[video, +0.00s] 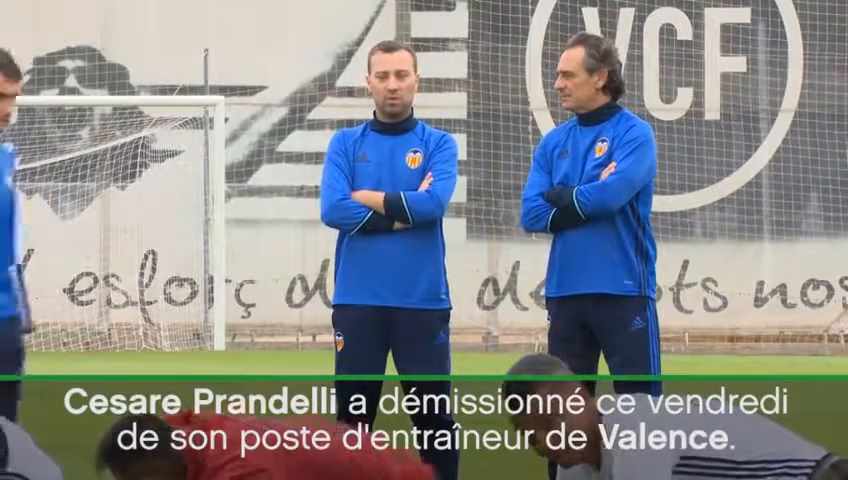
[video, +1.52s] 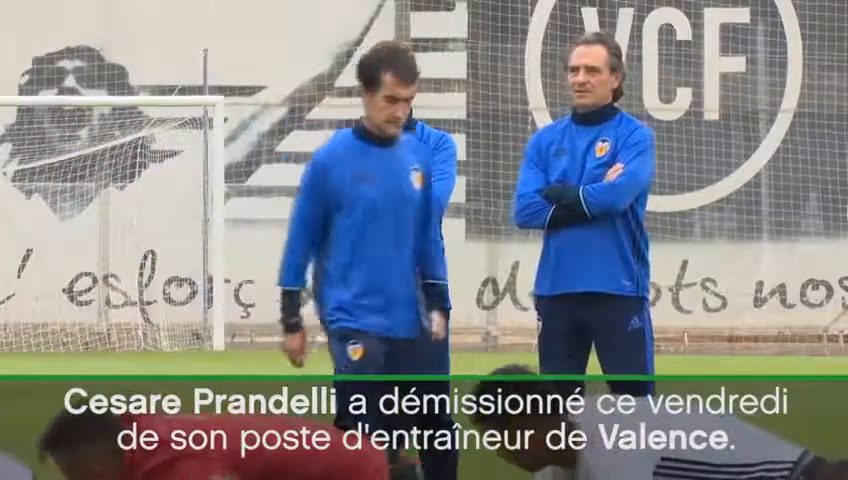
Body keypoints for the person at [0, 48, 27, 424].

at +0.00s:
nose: (9, 109)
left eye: (13, 98)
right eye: (4, 97)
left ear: (18, 97)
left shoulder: (9, 158)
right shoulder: (7, 159)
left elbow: (12, 250)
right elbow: (11, 254)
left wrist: (20, 312)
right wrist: (16, 313)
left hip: (8, 316)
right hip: (5, 316)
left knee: (6, 425)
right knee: (5, 425)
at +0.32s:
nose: (79, 108)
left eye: (85, 98)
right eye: (69, 96)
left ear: (90, 100)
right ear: (41, 96)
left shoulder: (89, 161)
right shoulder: (9, 158)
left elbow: (101, 234)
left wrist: (112, 298)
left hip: (71, 311)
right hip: (17, 307)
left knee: (34, 415)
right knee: (53, 416)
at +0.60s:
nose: (144, 99)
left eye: (151, 89)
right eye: (134, 88)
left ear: (156, 91)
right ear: (108, 88)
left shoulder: (156, 151)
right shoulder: (77, 155)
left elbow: (167, 228)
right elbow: (49, 237)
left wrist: (176, 286)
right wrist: (58, 311)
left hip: (156, 314)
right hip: (100, 318)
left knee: (159, 429)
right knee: (111, 438)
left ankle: (155, 478)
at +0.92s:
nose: (235, 107)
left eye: (241, 96)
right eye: (225, 95)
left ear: (247, 97)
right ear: (199, 95)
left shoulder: (245, 162)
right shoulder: (169, 163)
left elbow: (254, 243)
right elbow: (143, 242)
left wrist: (263, 310)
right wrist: (175, 299)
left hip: (244, 331)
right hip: (182, 335)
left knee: (253, 446)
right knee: (172, 447)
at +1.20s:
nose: (324, 101)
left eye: (331, 91)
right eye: (315, 89)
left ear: (336, 90)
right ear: (287, 84)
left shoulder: (333, 154)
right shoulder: (250, 148)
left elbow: (345, 231)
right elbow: (217, 226)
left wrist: (361, 297)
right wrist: (218, 303)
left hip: (324, 311)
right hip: (269, 313)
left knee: (324, 423)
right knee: (293, 423)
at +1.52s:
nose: (401, 112)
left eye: (408, 101)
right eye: (391, 100)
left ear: (416, 95)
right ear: (364, 93)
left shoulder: (415, 158)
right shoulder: (330, 160)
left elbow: (428, 237)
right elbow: (299, 241)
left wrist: (439, 303)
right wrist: (291, 320)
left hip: (412, 318)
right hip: (352, 319)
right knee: (365, 442)